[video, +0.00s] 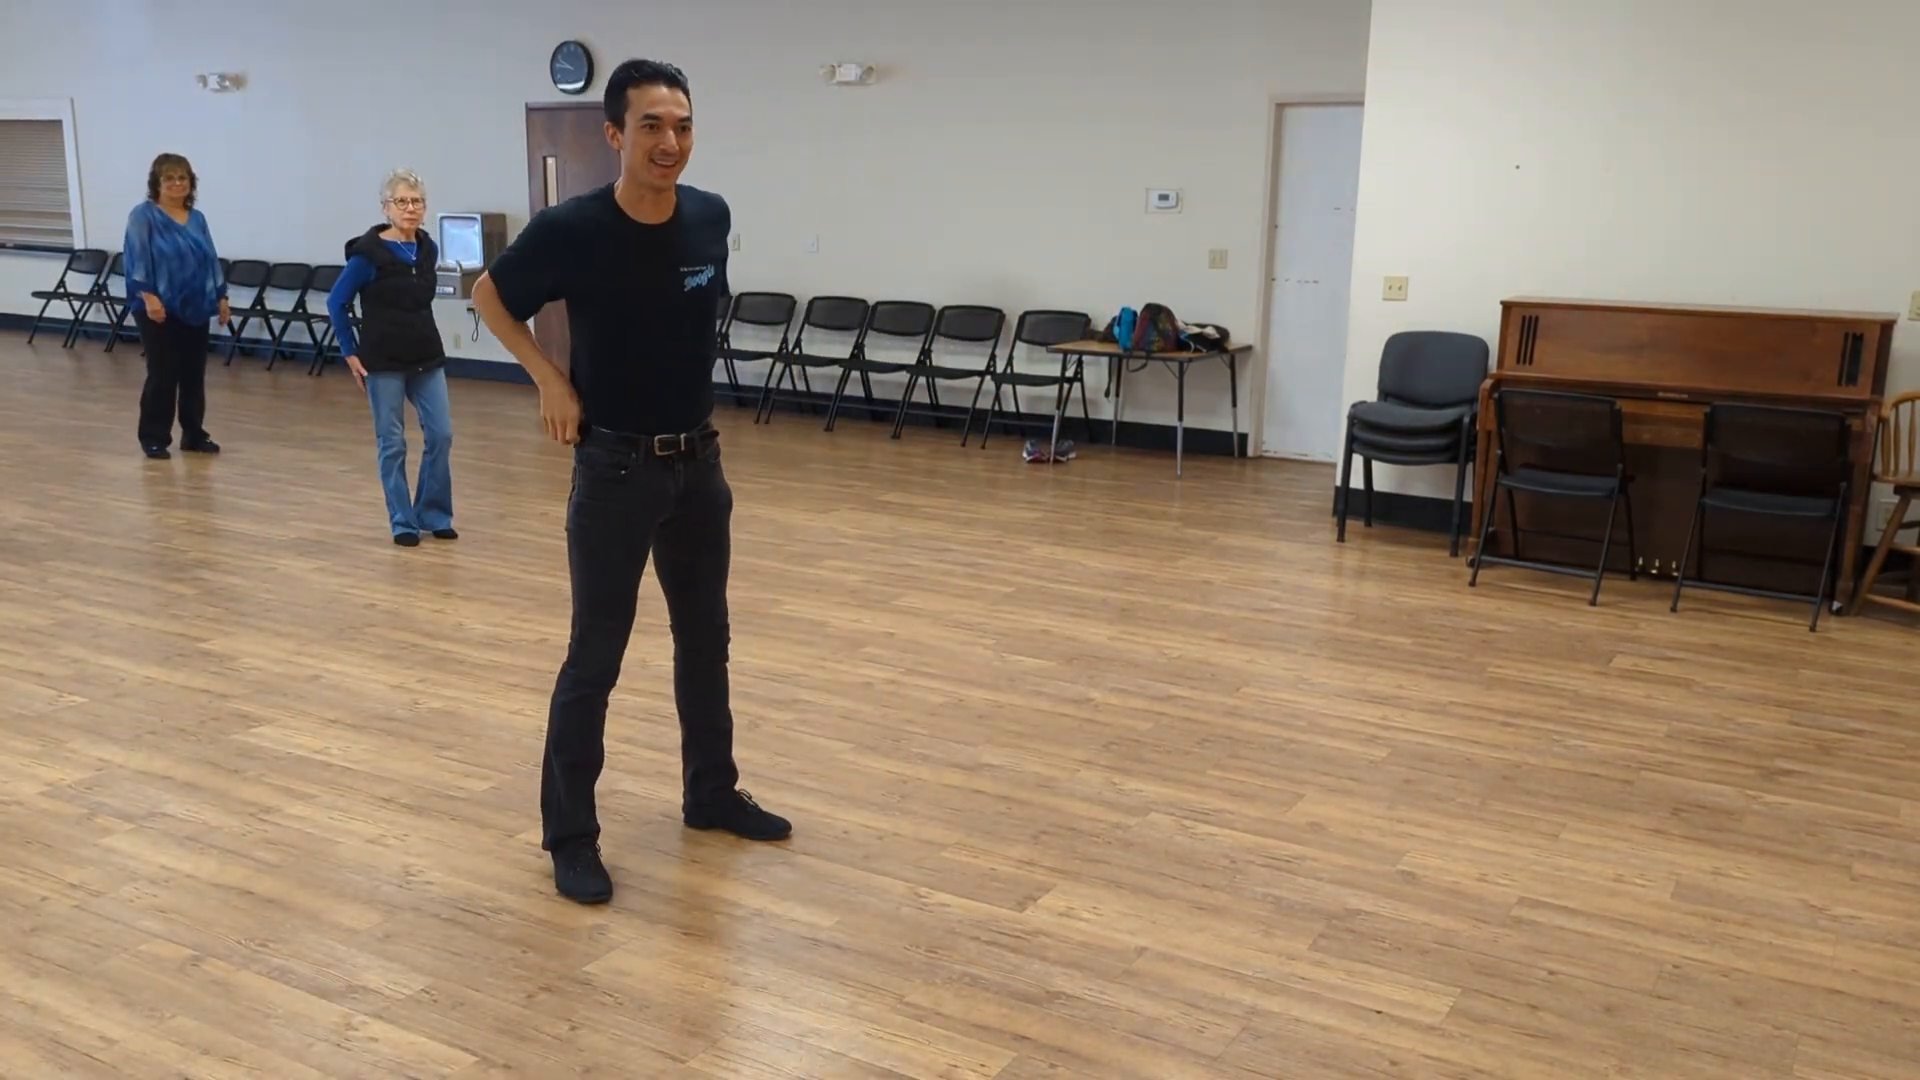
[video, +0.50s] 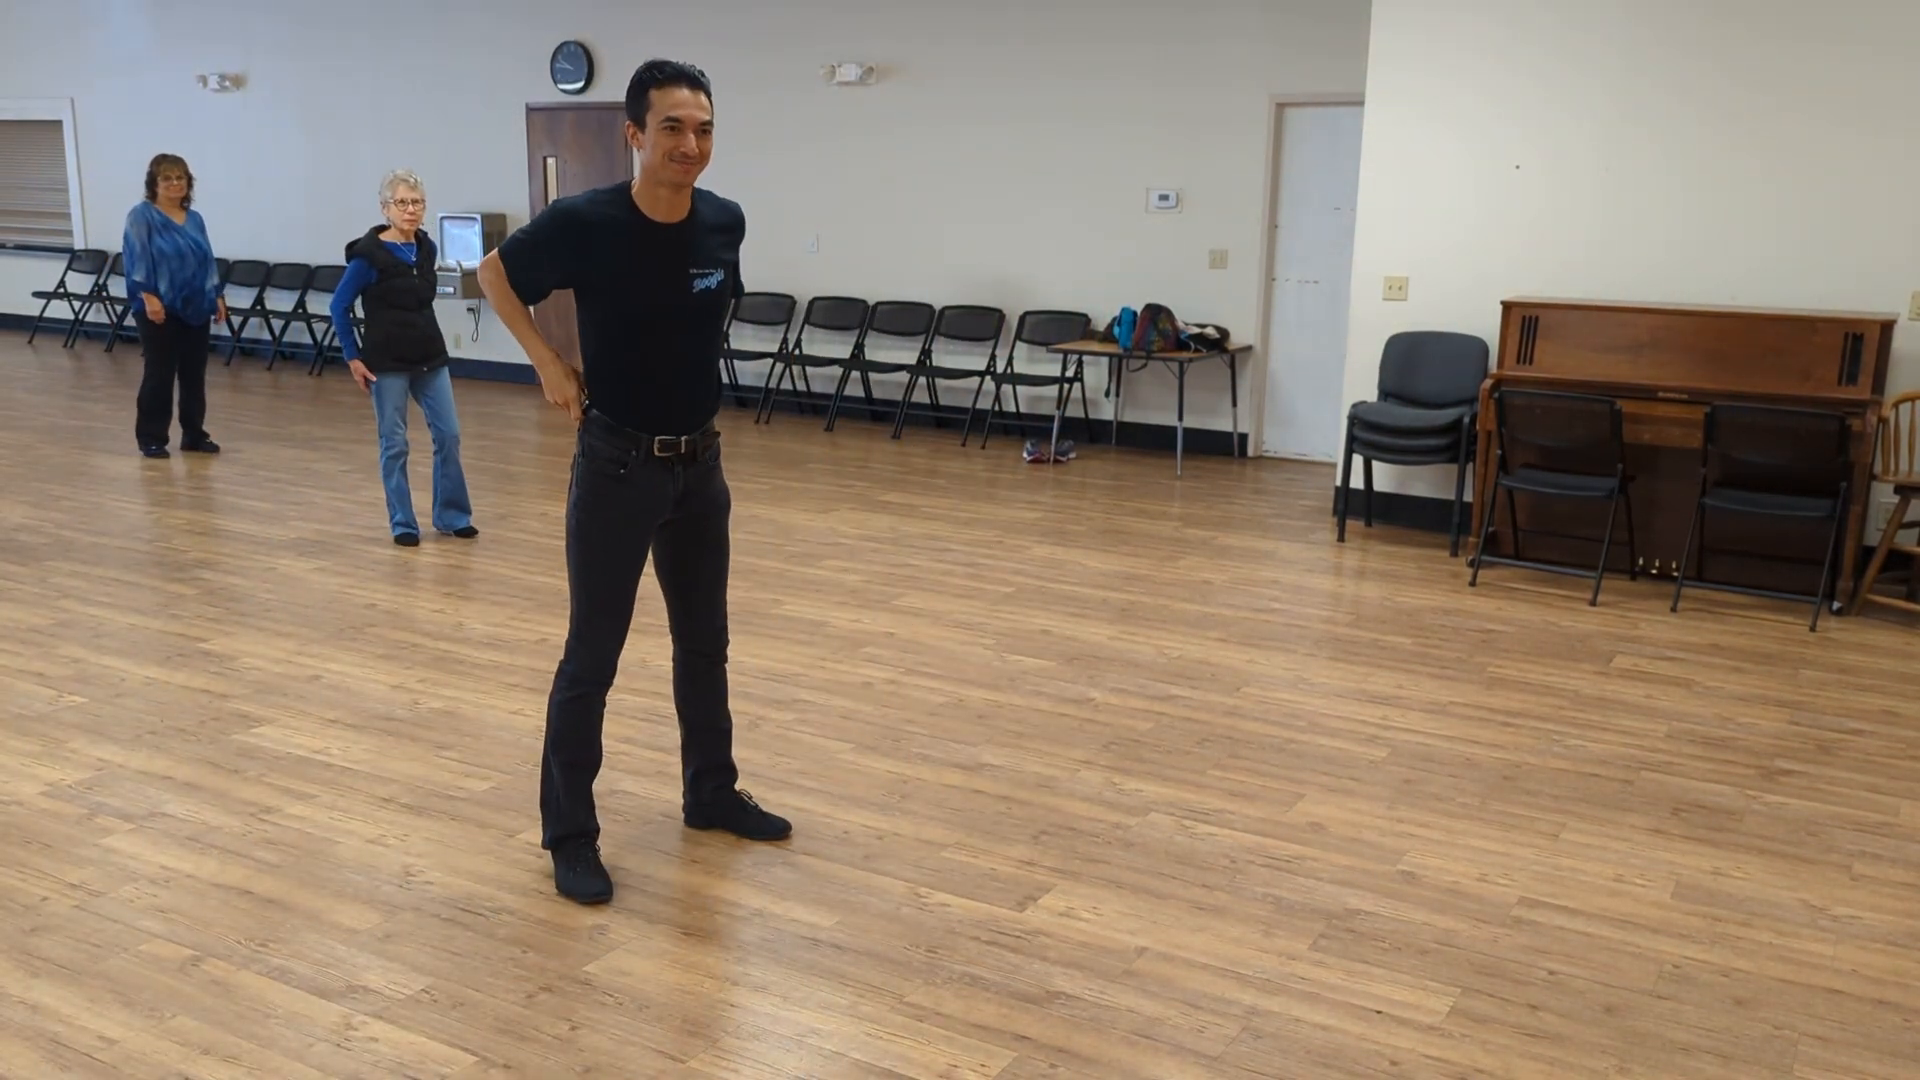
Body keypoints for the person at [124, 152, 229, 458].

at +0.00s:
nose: (176, 183)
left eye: (182, 178)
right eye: (169, 178)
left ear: (190, 183)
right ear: (157, 182)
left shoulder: (197, 218)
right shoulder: (143, 215)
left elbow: (211, 261)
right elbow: (137, 262)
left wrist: (221, 297)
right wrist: (148, 296)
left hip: (195, 308)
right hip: (159, 307)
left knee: (193, 373)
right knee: (163, 373)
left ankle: (193, 434)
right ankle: (154, 439)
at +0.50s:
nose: (174, 183)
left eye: (180, 178)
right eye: (167, 178)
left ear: (187, 183)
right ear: (154, 183)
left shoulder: (194, 218)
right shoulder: (141, 215)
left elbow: (207, 261)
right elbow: (137, 261)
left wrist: (217, 296)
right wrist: (149, 295)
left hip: (195, 307)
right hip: (159, 307)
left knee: (193, 373)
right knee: (160, 373)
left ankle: (193, 434)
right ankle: (152, 439)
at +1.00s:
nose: (166, 183)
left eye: (172, 178)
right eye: (159, 178)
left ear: (180, 183)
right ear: (147, 183)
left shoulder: (189, 218)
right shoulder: (134, 216)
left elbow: (204, 261)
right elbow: (128, 262)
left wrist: (214, 296)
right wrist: (134, 298)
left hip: (192, 308)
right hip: (155, 308)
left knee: (192, 375)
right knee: (157, 375)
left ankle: (193, 436)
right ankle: (152, 440)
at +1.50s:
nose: (165, 183)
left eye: (171, 178)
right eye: (158, 178)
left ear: (179, 183)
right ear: (145, 183)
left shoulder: (187, 217)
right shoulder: (133, 216)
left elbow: (202, 261)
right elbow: (129, 262)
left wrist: (212, 296)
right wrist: (140, 298)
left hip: (191, 308)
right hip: (155, 308)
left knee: (191, 374)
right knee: (157, 374)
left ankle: (193, 436)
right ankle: (152, 440)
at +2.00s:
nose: (168, 183)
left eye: (174, 178)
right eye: (161, 178)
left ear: (180, 183)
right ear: (147, 183)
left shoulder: (188, 218)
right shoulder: (135, 216)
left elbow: (202, 262)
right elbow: (130, 262)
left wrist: (212, 296)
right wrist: (139, 298)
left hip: (192, 307)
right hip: (156, 308)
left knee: (192, 375)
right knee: (157, 375)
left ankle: (193, 436)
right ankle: (152, 440)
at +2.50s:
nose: (174, 183)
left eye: (179, 179)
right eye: (166, 178)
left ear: (184, 183)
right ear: (150, 183)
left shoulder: (189, 218)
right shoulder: (135, 216)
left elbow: (204, 261)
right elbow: (130, 262)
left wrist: (213, 296)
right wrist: (139, 297)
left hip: (192, 308)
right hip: (156, 308)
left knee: (192, 375)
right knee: (158, 374)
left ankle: (193, 436)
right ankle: (152, 440)